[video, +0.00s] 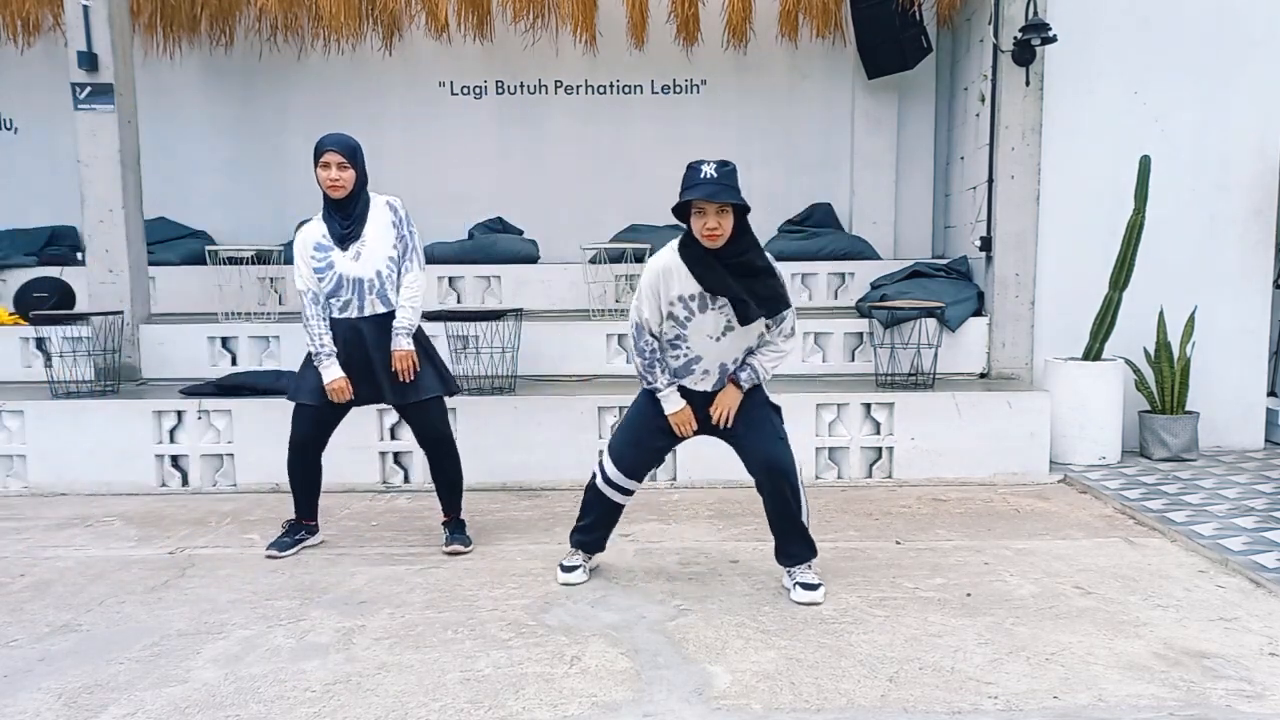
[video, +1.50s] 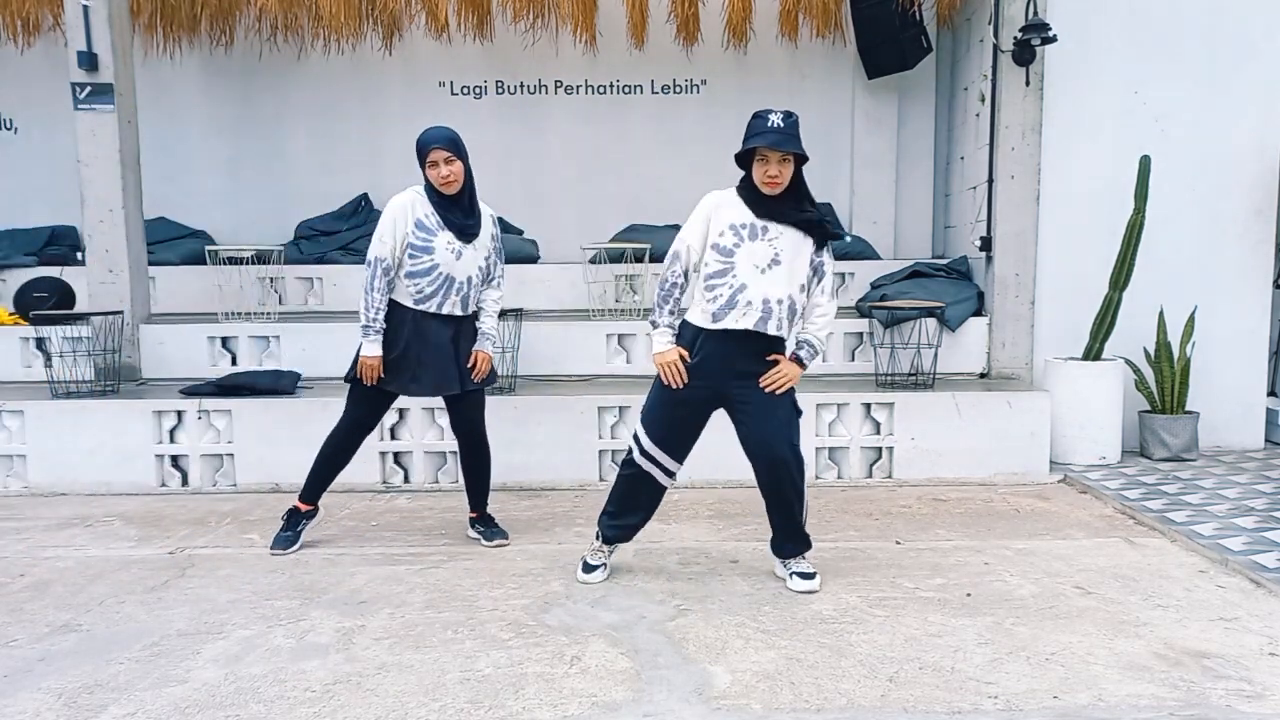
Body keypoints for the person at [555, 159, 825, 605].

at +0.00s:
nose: (711, 223)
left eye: (721, 212)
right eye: (700, 212)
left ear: (737, 214)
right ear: (687, 216)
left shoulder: (759, 267)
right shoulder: (664, 267)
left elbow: (782, 335)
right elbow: (642, 339)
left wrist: (739, 384)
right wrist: (670, 399)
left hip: (738, 392)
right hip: (671, 391)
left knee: (776, 465)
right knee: (620, 461)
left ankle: (799, 564)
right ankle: (583, 548)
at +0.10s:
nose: (658, 220)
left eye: (668, 209)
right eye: (648, 210)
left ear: (684, 211)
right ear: (634, 213)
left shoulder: (712, 255)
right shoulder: (616, 267)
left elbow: (747, 322)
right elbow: (612, 343)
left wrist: (714, 383)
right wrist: (647, 398)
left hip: (714, 387)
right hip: (647, 391)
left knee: (756, 462)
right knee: (600, 465)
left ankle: (796, 562)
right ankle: (584, 549)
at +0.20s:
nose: (620, 196)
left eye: (629, 186)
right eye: (609, 186)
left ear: (645, 188)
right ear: (595, 190)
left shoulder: (675, 231)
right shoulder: (581, 247)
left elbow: (712, 299)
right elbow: (591, 326)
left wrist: (696, 366)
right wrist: (628, 379)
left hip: (692, 363)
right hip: (628, 370)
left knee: (745, 451)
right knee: (591, 458)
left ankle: (801, 553)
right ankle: (581, 547)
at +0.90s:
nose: (654, 242)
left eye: (664, 233)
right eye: (644, 231)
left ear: (677, 235)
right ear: (628, 232)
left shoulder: (697, 269)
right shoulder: (606, 275)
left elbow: (754, 313)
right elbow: (569, 332)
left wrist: (733, 369)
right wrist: (594, 381)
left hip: (697, 383)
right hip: (630, 388)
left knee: (752, 454)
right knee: (585, 464)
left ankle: (791, 551)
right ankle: (583, 549)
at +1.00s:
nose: (703, 258)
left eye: (713, 248)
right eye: (693, 247)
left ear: (725, 250)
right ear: (677, 248)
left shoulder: (739, 293)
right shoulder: (643, 288)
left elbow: (787, 336)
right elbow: (596, 334)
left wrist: (755, 380)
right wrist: (613, 388)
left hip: (718, 396)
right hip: (649, 398)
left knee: (766, 462)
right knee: (595, 467)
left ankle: (792, 554)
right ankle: (582, 550)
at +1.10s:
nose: (742, 228)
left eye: (752, 218)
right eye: (732, 217)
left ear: (766, 222)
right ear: (716, 219)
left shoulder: (776, 273)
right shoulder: (679, 260)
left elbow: (809, 329)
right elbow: (628, 310)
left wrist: (769, 374)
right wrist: (628, 369)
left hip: (734, 387)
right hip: (663, 382)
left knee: (775, 457)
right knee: (607, 453)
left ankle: (792, 552)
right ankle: (579, 547)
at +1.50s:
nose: (773, 169)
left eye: (783, 160)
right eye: (763, 159)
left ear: (797, 164)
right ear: (748, 161)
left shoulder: (810, 228)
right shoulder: (716, 206)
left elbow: (822, 305)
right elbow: (673, 274)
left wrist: (799, 357)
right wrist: (662, 338)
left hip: (765, 360)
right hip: (699, 350)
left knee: (781, 459)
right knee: (650, 450)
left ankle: (792, 552)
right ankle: (605, 540)